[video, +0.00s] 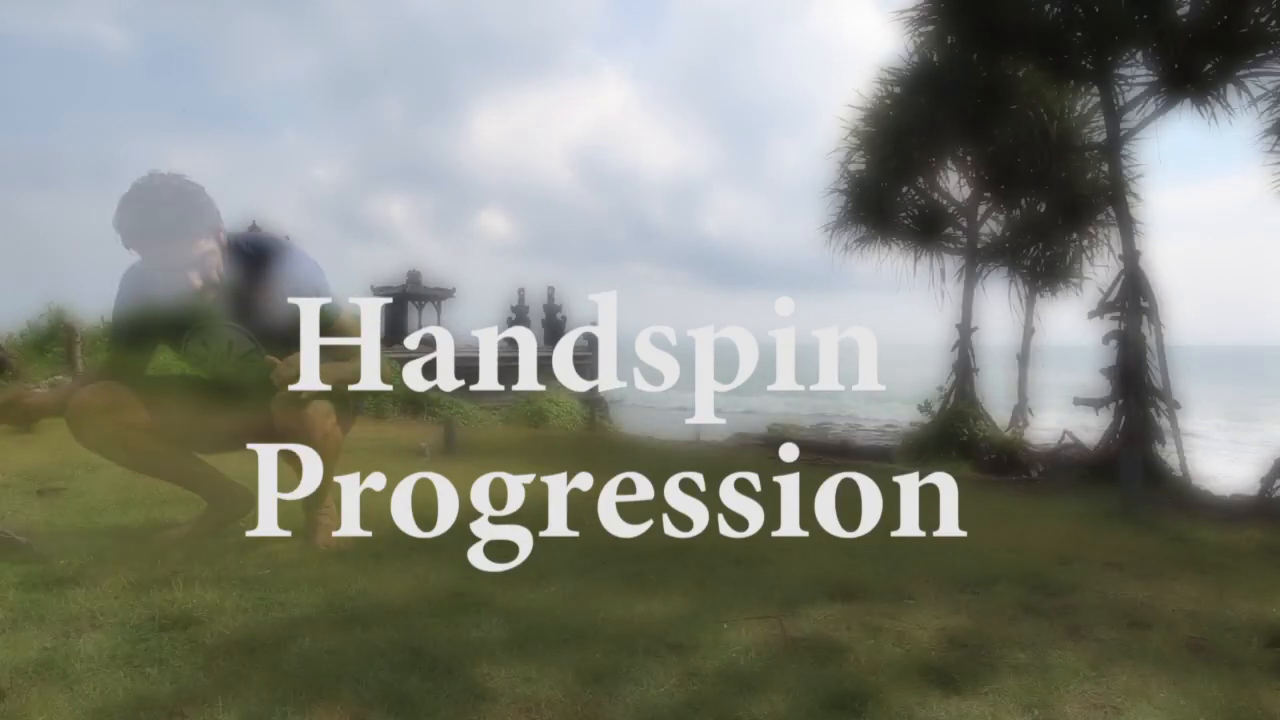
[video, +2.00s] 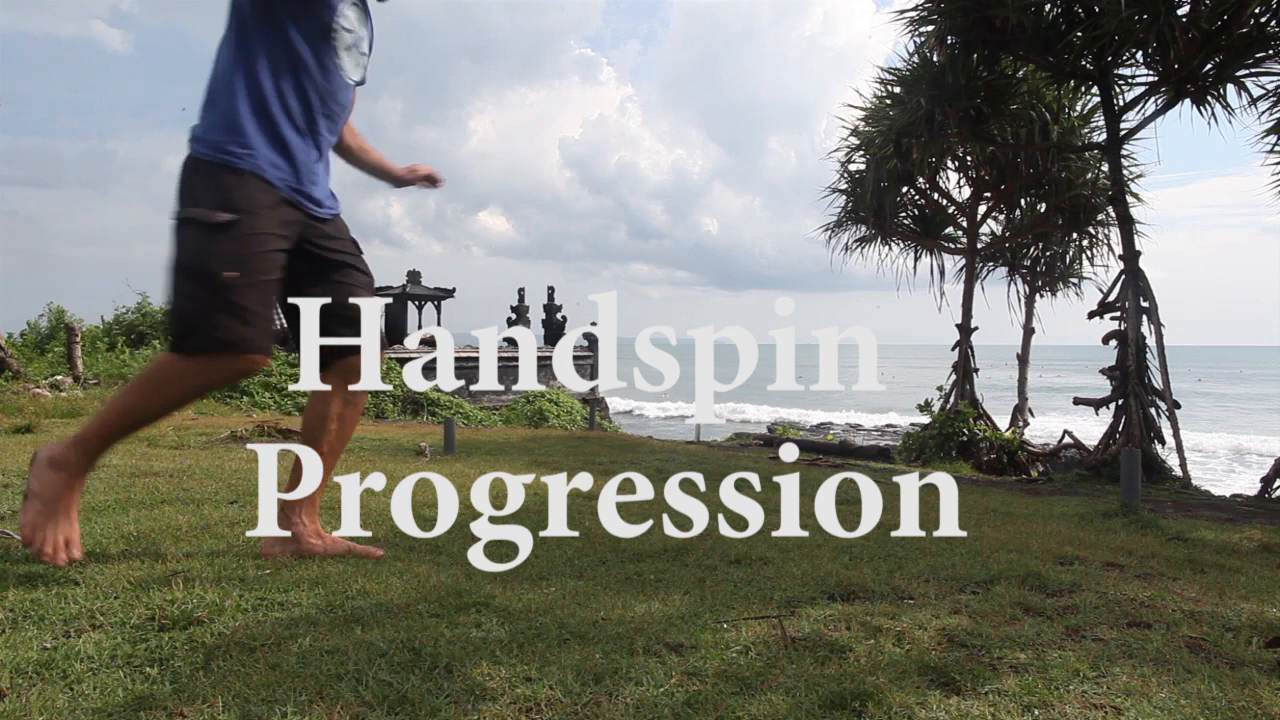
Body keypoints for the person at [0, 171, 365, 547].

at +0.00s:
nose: (185, 280)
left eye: (193, 263)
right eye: (166, 269)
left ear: (216, 238)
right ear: (146, 257)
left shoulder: (281, 267)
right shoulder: (143, 288)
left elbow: (361, 357)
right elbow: (118, 376)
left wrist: (307, 368)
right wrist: (44, 402)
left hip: (301, 404)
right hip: (221, 406)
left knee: (305, 407)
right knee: (94, 408)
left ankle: (321, 505)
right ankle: (226, 499)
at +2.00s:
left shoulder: (358, 17)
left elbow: (334, 121)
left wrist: (394, 171)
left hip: (311, 190)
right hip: (238, 165)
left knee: (352, 352)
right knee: (232, 345)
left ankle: (298, 519)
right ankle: (64, 463)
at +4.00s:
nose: (632, 411)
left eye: (642, 409)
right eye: (639, 405)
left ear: (656, 369)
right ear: (640, 377)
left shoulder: (637, 340)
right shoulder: (600, 342)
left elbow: (605, 419)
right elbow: (562, 424)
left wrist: (615, 494)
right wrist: (565, 520)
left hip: (606, 155)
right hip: (581, 137)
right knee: (509, 11)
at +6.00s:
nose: (415, 231)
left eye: (421, 215)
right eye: (399, 223)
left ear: (441, 182)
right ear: (383, 212)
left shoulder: (499, 199)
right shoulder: (390, 256)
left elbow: (591, 248)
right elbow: (363, 363)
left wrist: (638, 263)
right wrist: (322, 461)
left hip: (525, 343)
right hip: (454, 355)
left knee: (567, 370)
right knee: (385, 438)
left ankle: (574, 507)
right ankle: (443, 465)